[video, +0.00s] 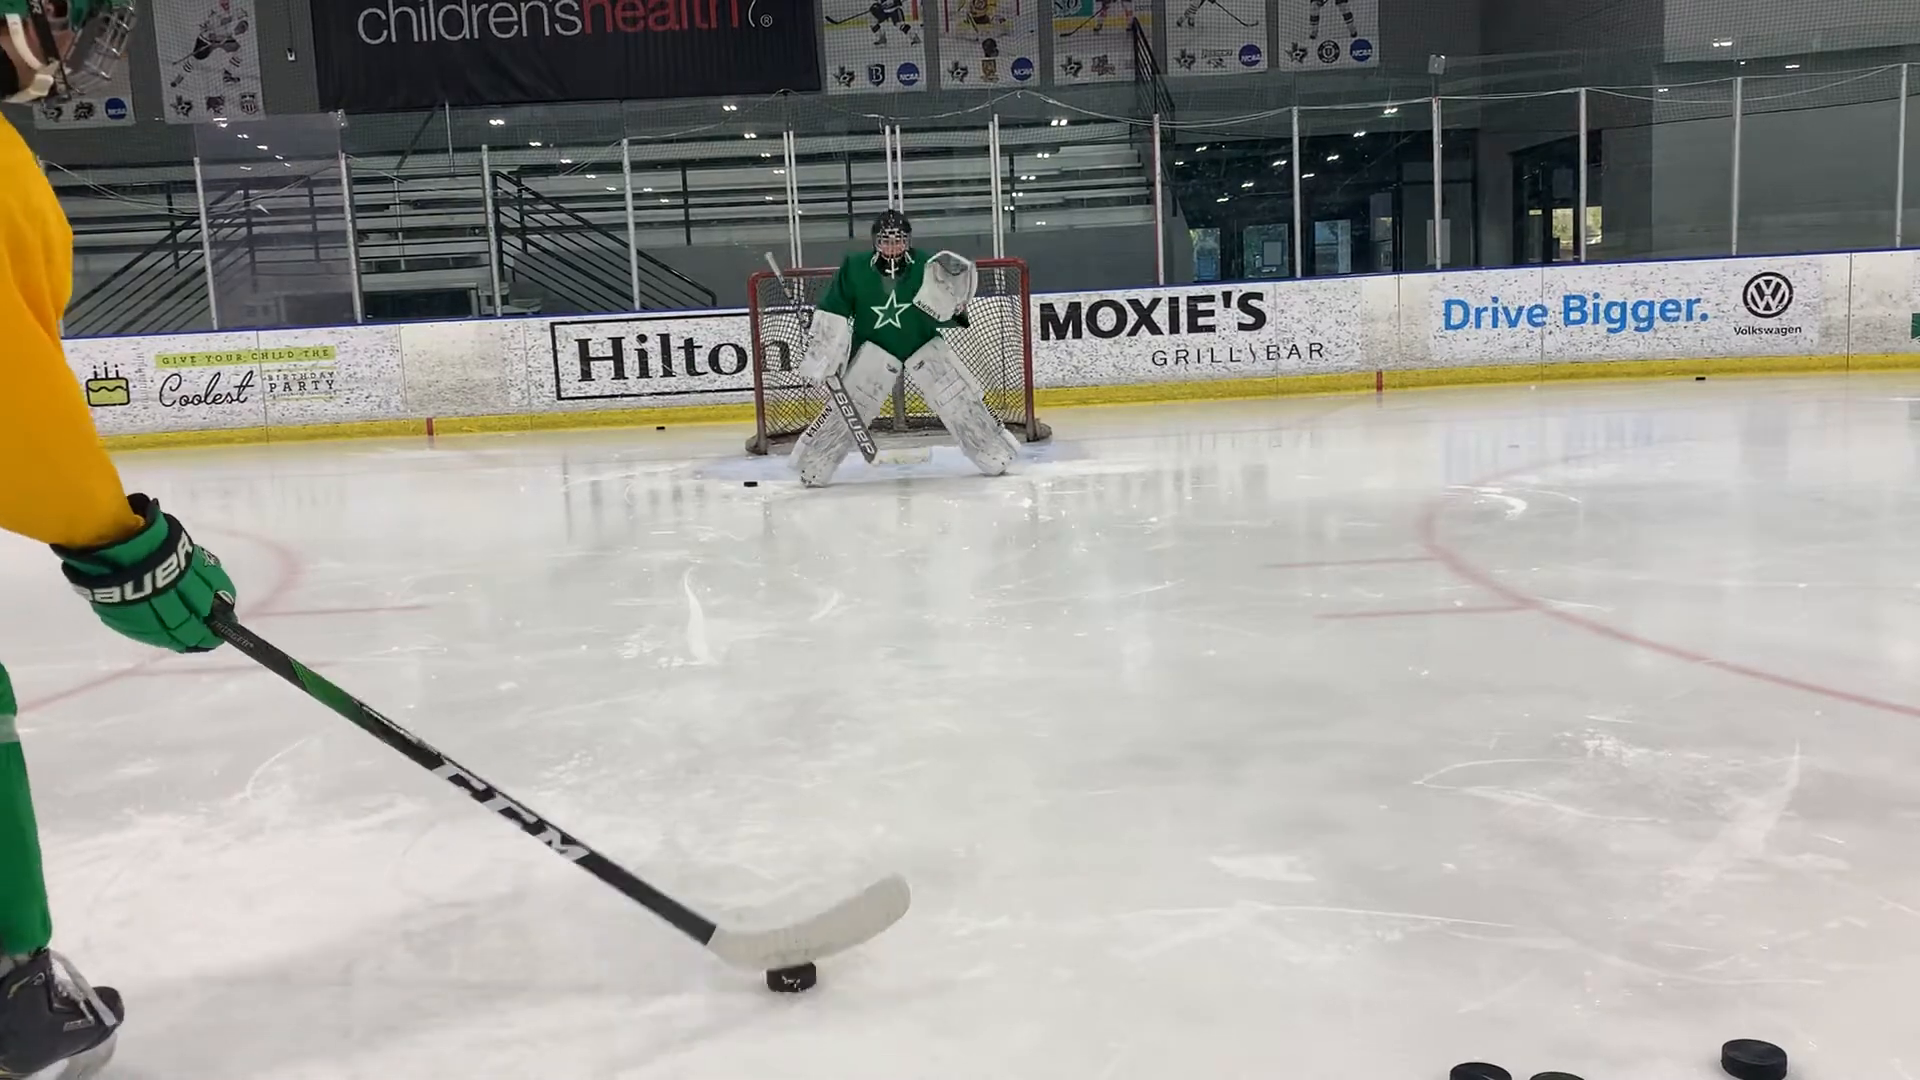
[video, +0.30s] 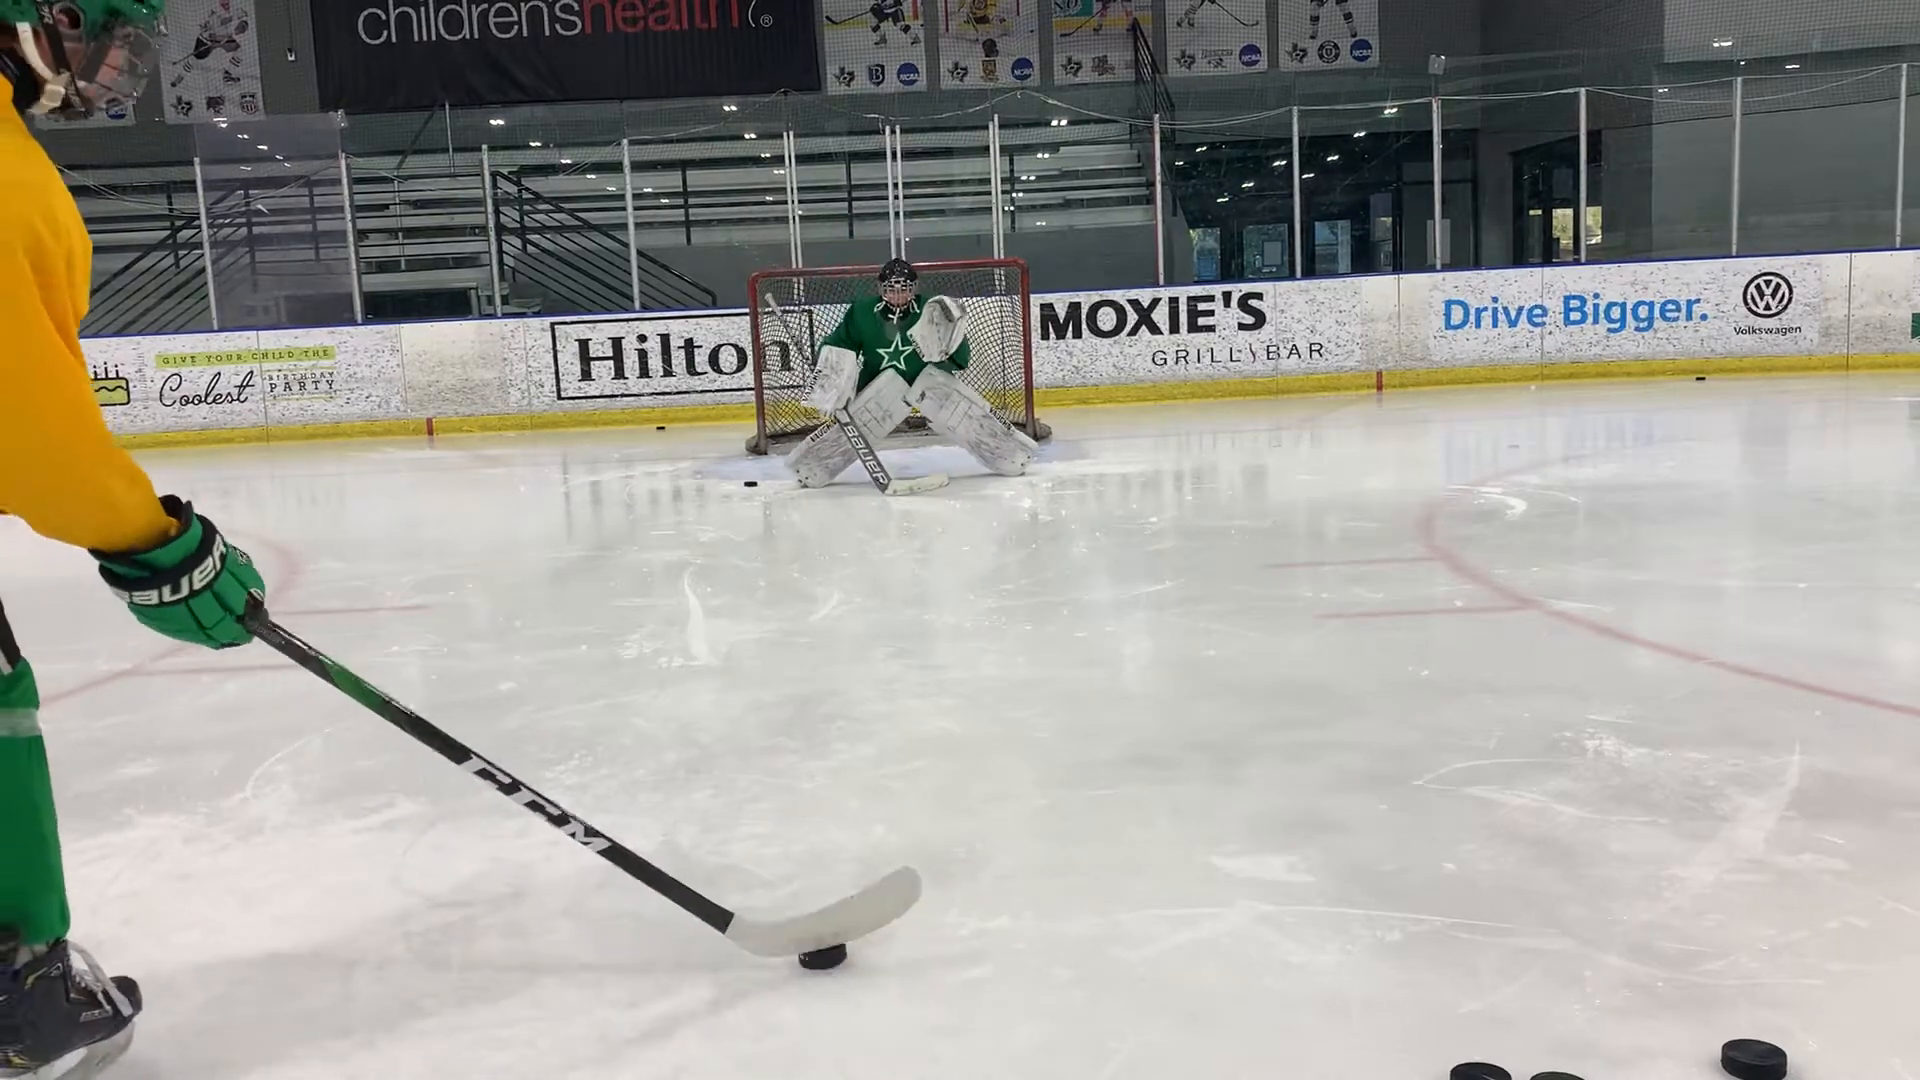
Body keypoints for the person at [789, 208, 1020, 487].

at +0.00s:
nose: (892, 246)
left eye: (898, 239)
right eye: (887, 240)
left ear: (908, 240)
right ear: (875, 241)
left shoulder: (924, 265)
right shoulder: (855, 269)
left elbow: (948, 309)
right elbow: (832, 314)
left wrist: (950, 286)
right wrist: (823, 360)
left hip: (924, 346)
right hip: (874, 350)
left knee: (960, 399)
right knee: (850, 407)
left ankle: (996, 459)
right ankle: (815, 468)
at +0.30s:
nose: (898, 294)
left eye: (903, 287)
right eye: (892, 288)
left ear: (914, 288)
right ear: (881, 288)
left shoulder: (931, 309)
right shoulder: (863, 312)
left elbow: (961, 359)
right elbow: (837, 348)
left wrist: (948, 329)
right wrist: (832, 384)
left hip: (930, 379)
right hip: (882, 384)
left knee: (966, 415)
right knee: (855, 428)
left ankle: (1012, 457)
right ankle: (812, 469)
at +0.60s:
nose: (899, 303)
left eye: (905, 297)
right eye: (893, 297)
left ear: (915, 296)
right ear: (883, 296)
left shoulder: (932, 314)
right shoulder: (863, 316)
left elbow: (961, 366)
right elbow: (837, 352)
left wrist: (950, 339)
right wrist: (833, 390)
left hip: (931, 383)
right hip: (883, 387)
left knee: (965, 416)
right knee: (856, 428)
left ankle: (1011, 454)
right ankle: (813, 468)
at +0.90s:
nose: (900, 303)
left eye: (905, 296)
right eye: (894, 297)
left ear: (915, 296)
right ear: (883, 297)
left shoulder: (933, 314)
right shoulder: (863, 317)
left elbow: (961, 368)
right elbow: (835, 352)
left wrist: (952, 343)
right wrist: (832, 389)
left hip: (930, 387)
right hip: (881, 391)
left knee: (964, 418)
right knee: (855, 430)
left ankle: (1010, 454)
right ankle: (813, 468)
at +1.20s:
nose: (900, 304)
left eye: (906, 297)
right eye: (894, 297)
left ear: (916, 296)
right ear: (884, 297)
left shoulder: (934, 315)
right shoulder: (864, 317)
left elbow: (962, 373)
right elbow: (836, 352)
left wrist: (956, 343)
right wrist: (833, 391)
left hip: (931, 389)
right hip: (882, 392)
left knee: (965, 418)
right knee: (854, 430)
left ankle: (1009, 453)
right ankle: (815, 467)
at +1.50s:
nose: (906, 308)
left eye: (912, 302)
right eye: (900, 302)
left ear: (920, 300)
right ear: (889, 300)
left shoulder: (938, 321)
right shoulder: (865, 319)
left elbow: (963, 365)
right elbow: (834, 355)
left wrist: (982, 358)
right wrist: (847, 379)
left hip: (935, 418)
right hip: (883, 419)